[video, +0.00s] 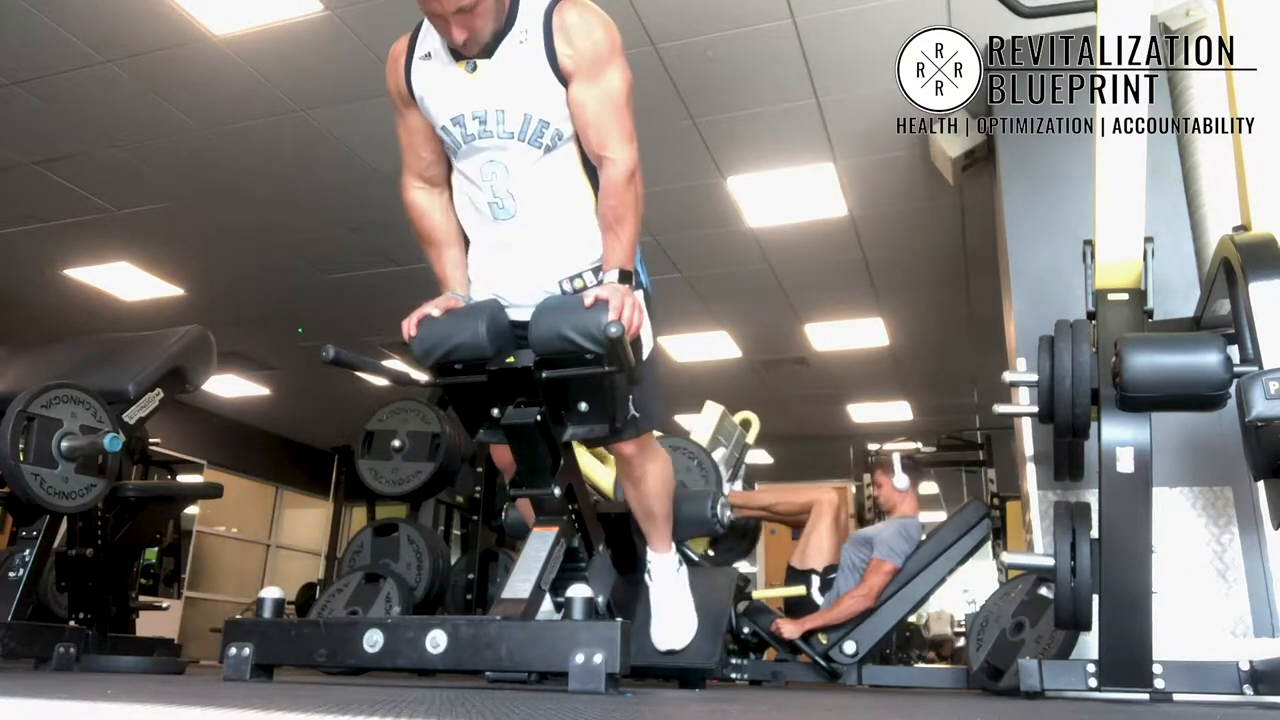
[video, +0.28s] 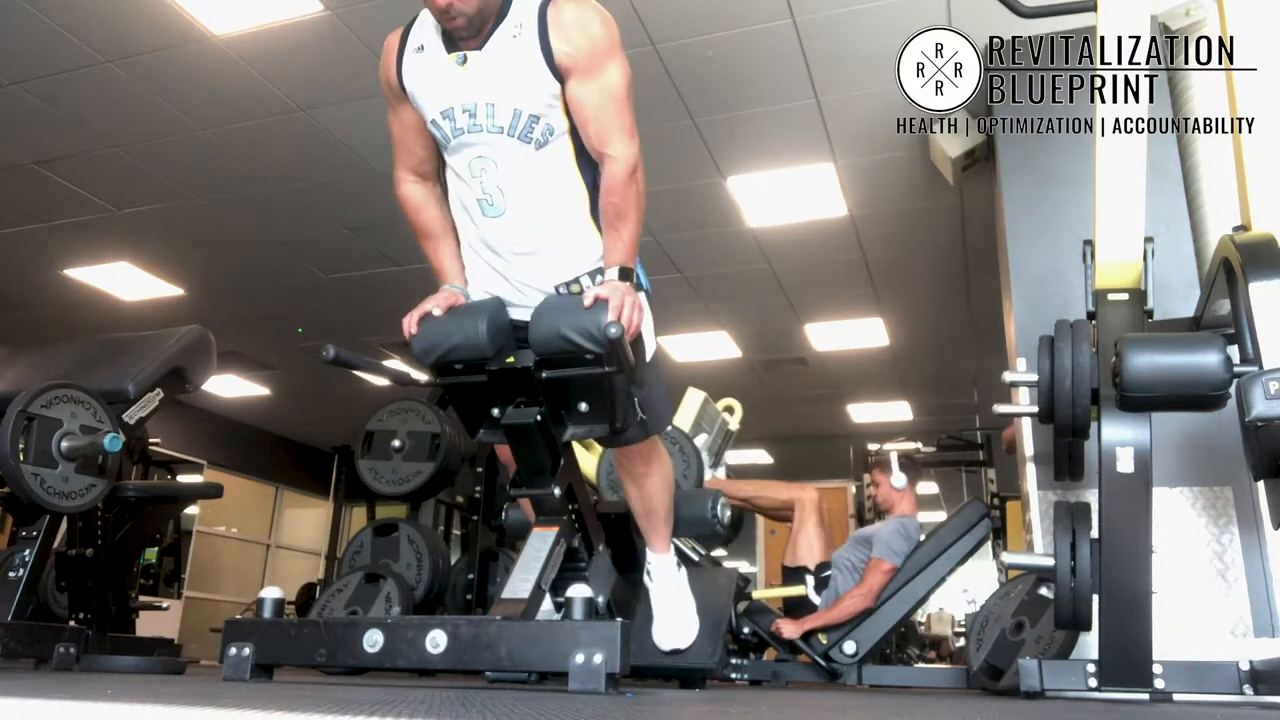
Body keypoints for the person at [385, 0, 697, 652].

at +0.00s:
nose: (454, 31)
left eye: (466, 10)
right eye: (438, 16)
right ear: (420, 7)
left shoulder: (574, 27)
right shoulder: (409, 61)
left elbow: (617, 160)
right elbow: (424, 180)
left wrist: (618, 277)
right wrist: (453, 287)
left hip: (588, 277)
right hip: (491, 292)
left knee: (630, 437)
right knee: (503, 444)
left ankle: (663, 566)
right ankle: (553, 552)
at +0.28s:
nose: (441, 3)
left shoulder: (572, 23)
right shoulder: (405, 52)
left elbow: (619, 157)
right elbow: (416, 176)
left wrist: (618, 273)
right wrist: (451, 281)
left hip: (587, 283)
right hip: (490, 297)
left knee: (631, 433)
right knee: (509, 441)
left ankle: (661, 566)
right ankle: (556, 555)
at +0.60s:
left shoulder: (562, 31)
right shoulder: (391, 55)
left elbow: (645, 146)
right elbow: (378, 175)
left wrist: (611, 263)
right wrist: (407, 276)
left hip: (574, 287)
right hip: (474, 295)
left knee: (621, 424)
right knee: (507, 433)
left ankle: (659, 565)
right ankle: (550, 546)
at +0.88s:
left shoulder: (551, 17)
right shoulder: (383, 48)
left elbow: (560, 110)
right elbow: (325, 155)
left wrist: (449, 115)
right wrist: (388, 138)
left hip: (572, 283)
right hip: (471, 299)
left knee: (626, 423)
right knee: (509, 440)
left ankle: (659, 561)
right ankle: (545, 543)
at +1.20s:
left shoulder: (557, 12)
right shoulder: (400, 53)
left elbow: (479, 67)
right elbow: (321, 69)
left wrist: (387, 32)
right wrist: (444, 1)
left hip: (577, 286)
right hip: (476, 304)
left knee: (628, 425)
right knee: (518, 445)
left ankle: (659, 557)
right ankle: (547, 548)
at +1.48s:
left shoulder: (552, 11)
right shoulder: (395, 55)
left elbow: (473, 53)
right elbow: (313, 72)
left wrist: (378, 29)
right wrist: (427, 1)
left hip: (575, 280)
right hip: (476, 301)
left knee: (627, 422)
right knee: (520, 440)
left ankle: (658, 557)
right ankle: (549, 539)